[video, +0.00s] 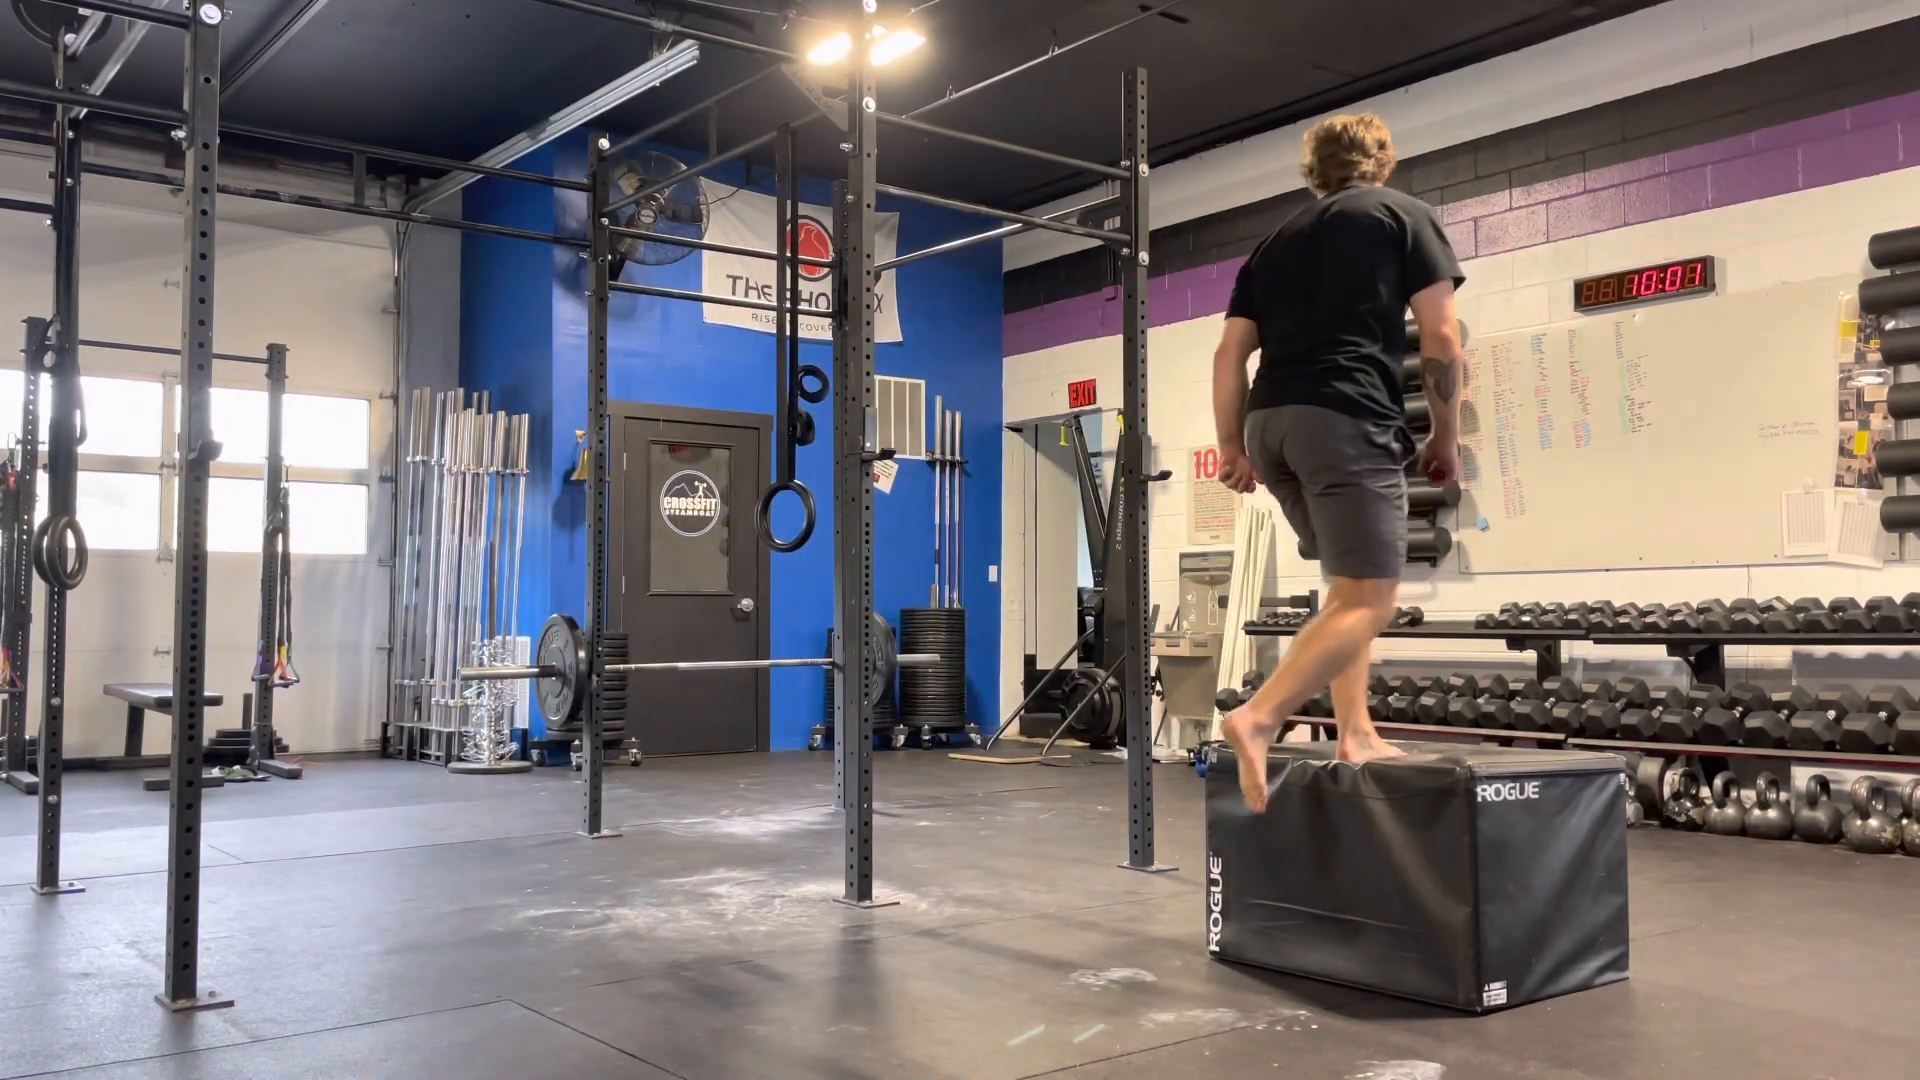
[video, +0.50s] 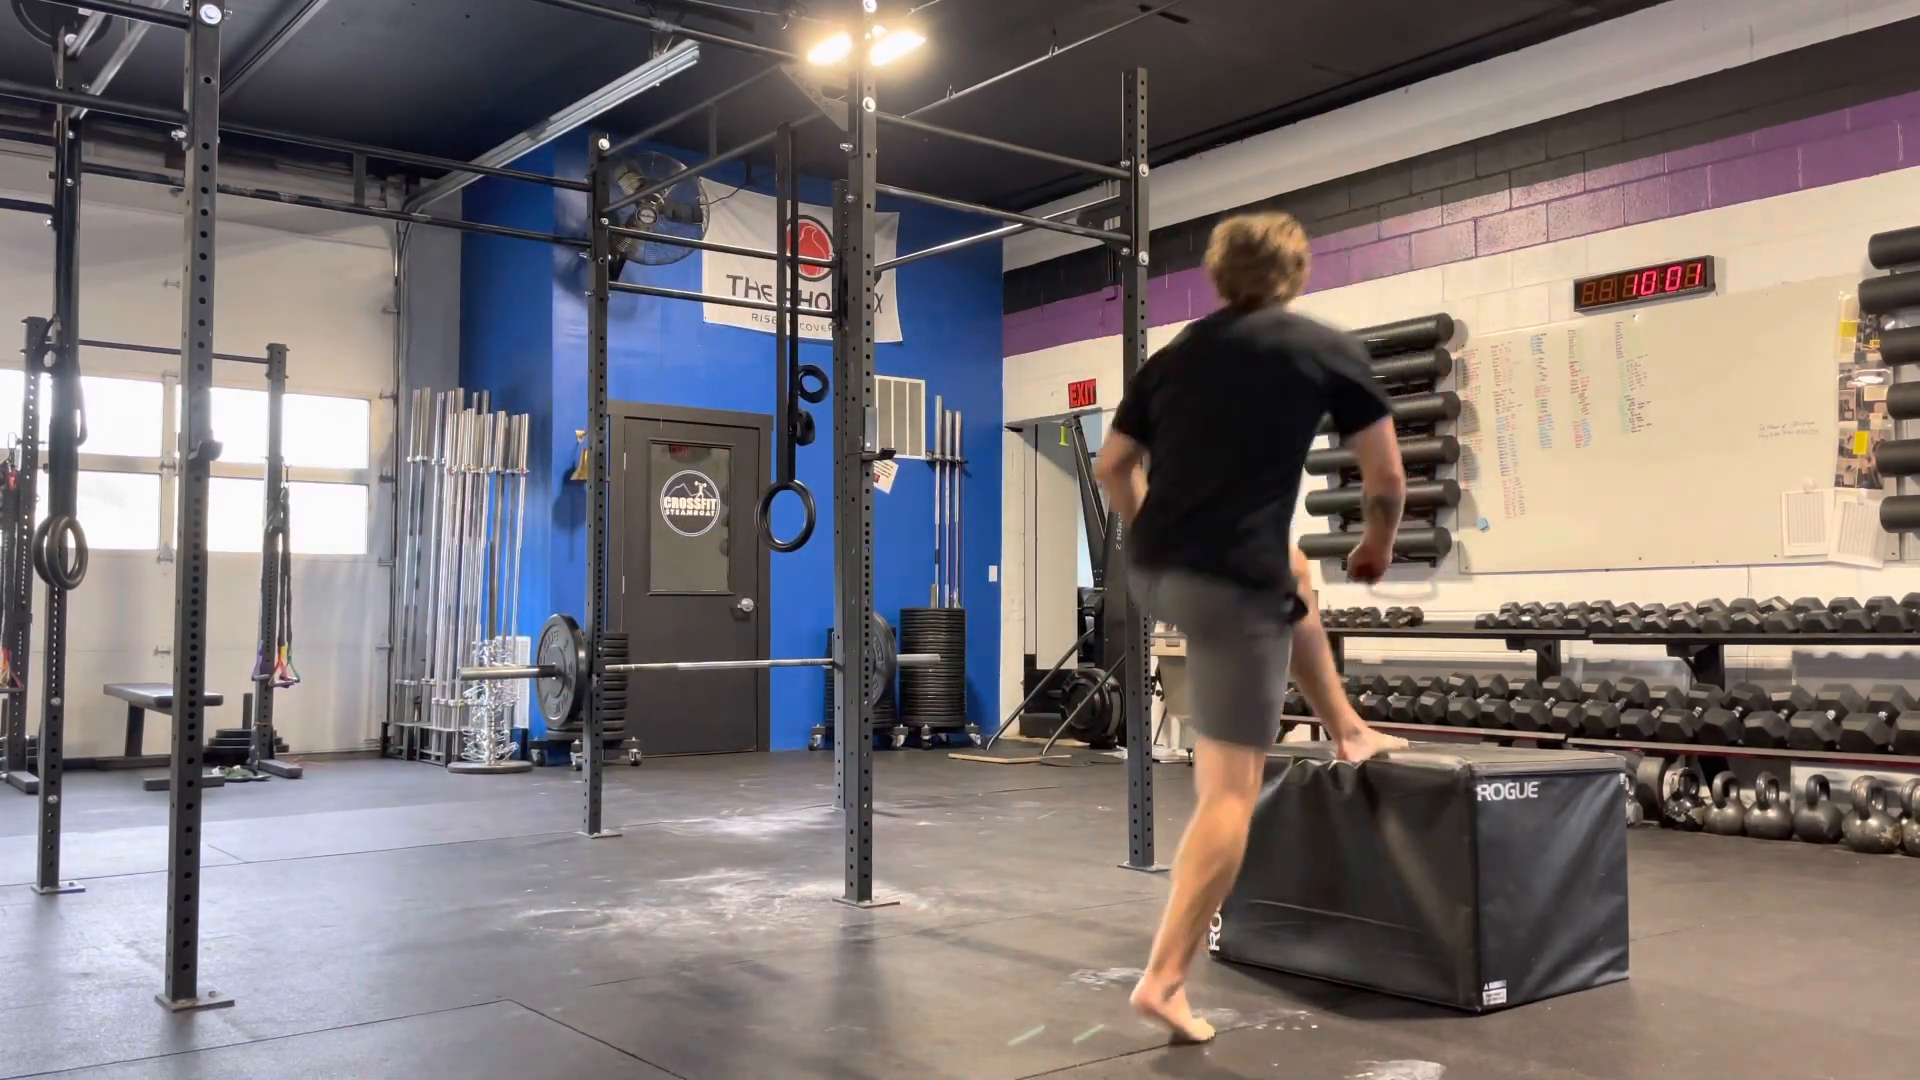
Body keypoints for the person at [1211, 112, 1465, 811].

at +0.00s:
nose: (1394, 173)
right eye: (1391, 164)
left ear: (1313, 173)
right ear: (1384, 167)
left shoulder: (1276, 240)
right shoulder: (1405, 215)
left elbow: (1231, 350)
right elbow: (1441, 339)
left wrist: (1231, 442)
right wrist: (1445, 438)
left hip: (1266, 419)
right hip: (1343, 415)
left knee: (1345, 581)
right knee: (1369, 597)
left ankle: (1356, 738)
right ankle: (1254, 719)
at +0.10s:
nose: (1383, 182)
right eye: (1381, 173)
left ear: (1305, 183)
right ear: (1376, 177)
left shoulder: (1267, 249)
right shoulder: (1401, 226)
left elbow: (1221, 359)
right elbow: (1434, 356)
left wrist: (1223, 451)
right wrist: (1433, 448)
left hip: (1252, 425)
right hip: (1329, 421)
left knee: (1342, 587)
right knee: (1335, 615)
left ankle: (1353, 734)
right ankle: (1235, 742)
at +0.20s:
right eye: (1368, 188)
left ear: (1292, 199)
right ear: (1366, 192)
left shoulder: (1254, 262)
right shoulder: (1394, 244)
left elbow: (1207, 375)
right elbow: (1426, 377)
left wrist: (1221, 469)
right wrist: (1419, 465)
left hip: (1229, 440)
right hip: (1309, 436)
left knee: (1334, 584)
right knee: (1306, 637)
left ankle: (1353, 734)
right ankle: (1223, 785)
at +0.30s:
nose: (1361, 219)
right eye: (1358, 209)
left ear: (1278, 219)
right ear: (1352, 214)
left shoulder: (1240, 279)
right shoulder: (1378, 264)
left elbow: (1184, 397)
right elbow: (1418, 402)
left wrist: (1217, 472)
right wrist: (1405, 489)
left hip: (1207, 464)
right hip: (1286, 465)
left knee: (1322, 550)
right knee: (1279, 668)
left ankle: (1349, 730)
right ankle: (1209, 837)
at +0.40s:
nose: (1339, 247)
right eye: (1336, 237)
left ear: (1253, 248)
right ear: (1330, 243)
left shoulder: (1214, 311)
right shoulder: (1356, 299)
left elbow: (1150, 424)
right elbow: (1405, 435)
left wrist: (1185, 478)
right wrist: (1392, 512)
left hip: (1183, 507)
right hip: (1265, 516)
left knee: (1309, 558)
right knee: (1246, 720)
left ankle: (1347, 728)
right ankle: (1194, 904)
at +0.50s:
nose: (1307, 282)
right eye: (1303, 272)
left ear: (1219, 281)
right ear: (1296, 279)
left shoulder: (1176, 354)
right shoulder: (1321, 347)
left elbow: (1112, 464)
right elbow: (1387, 482)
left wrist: (1156, 531)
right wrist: (1375, 548)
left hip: (1150, 570)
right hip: (1234, 584)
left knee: (1292, 577)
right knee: (1229, 791)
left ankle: (1348, 729)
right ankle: (1161, 979)